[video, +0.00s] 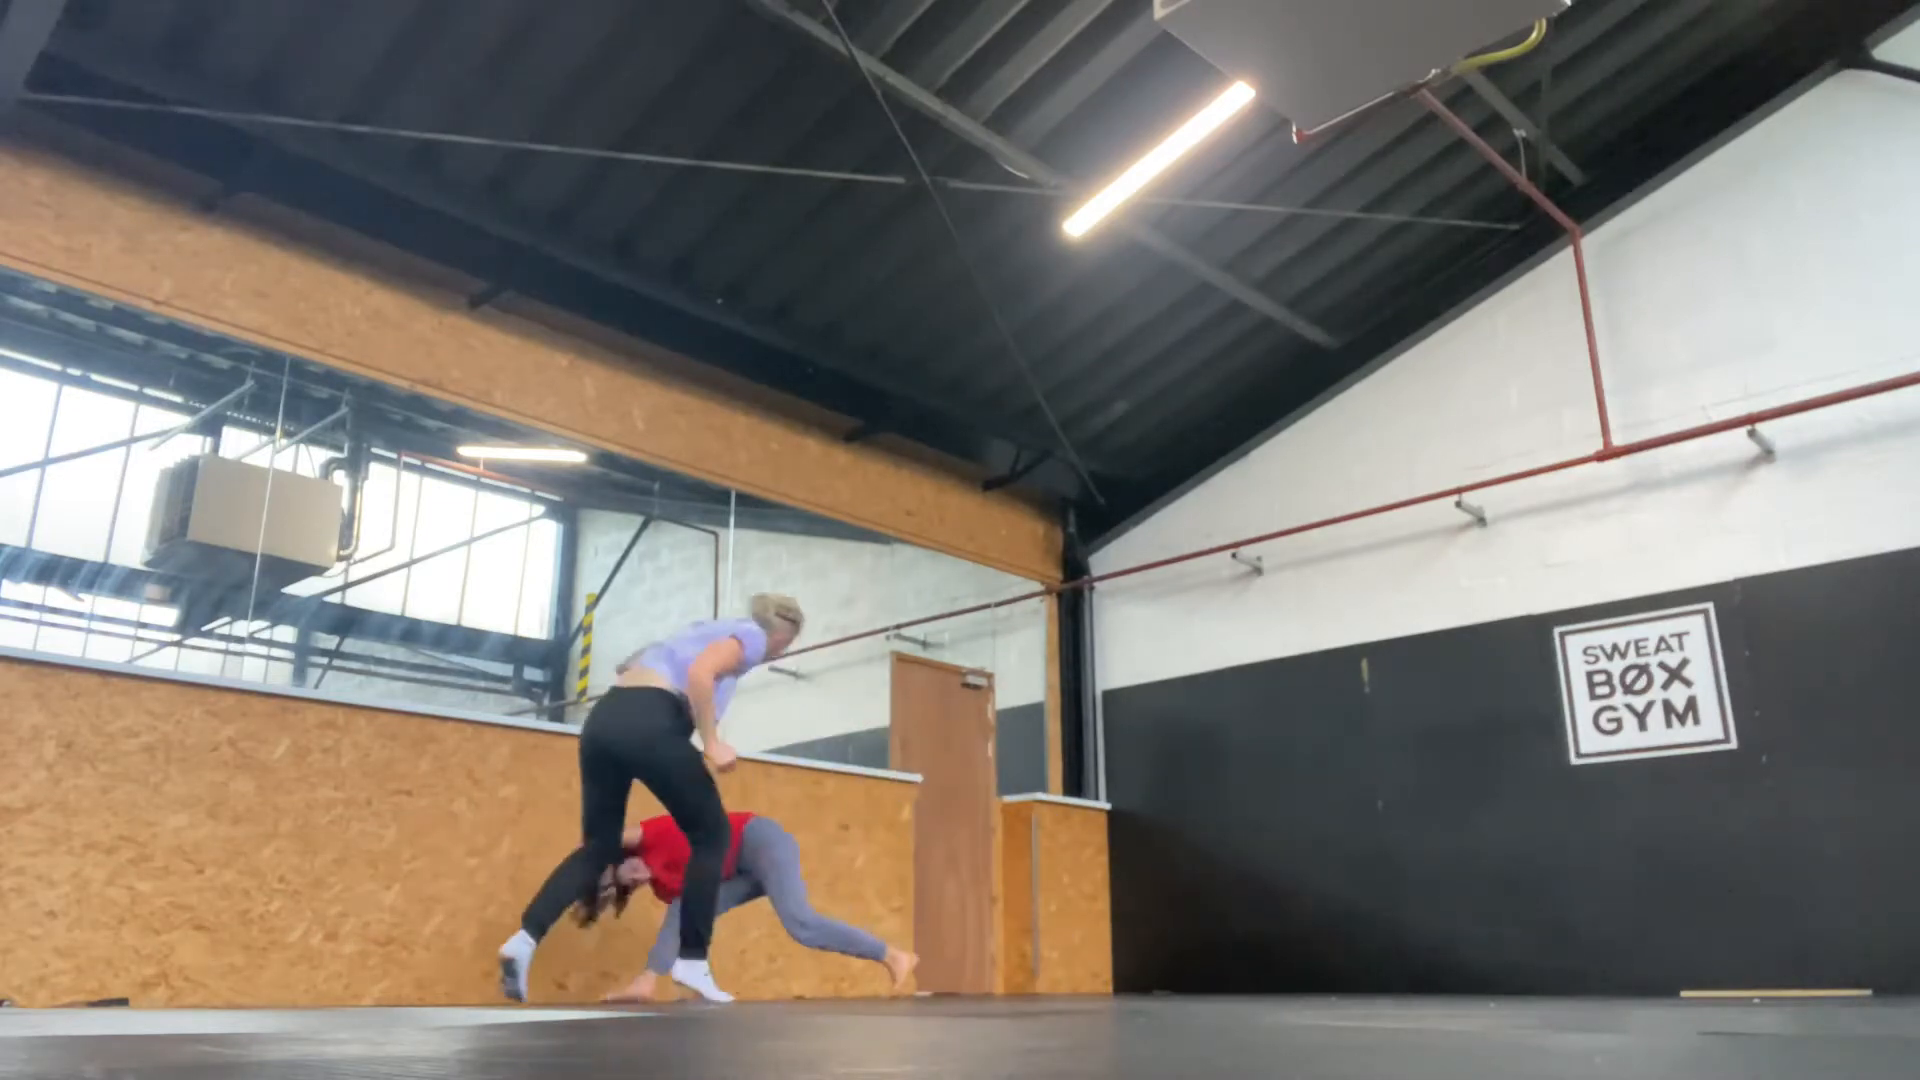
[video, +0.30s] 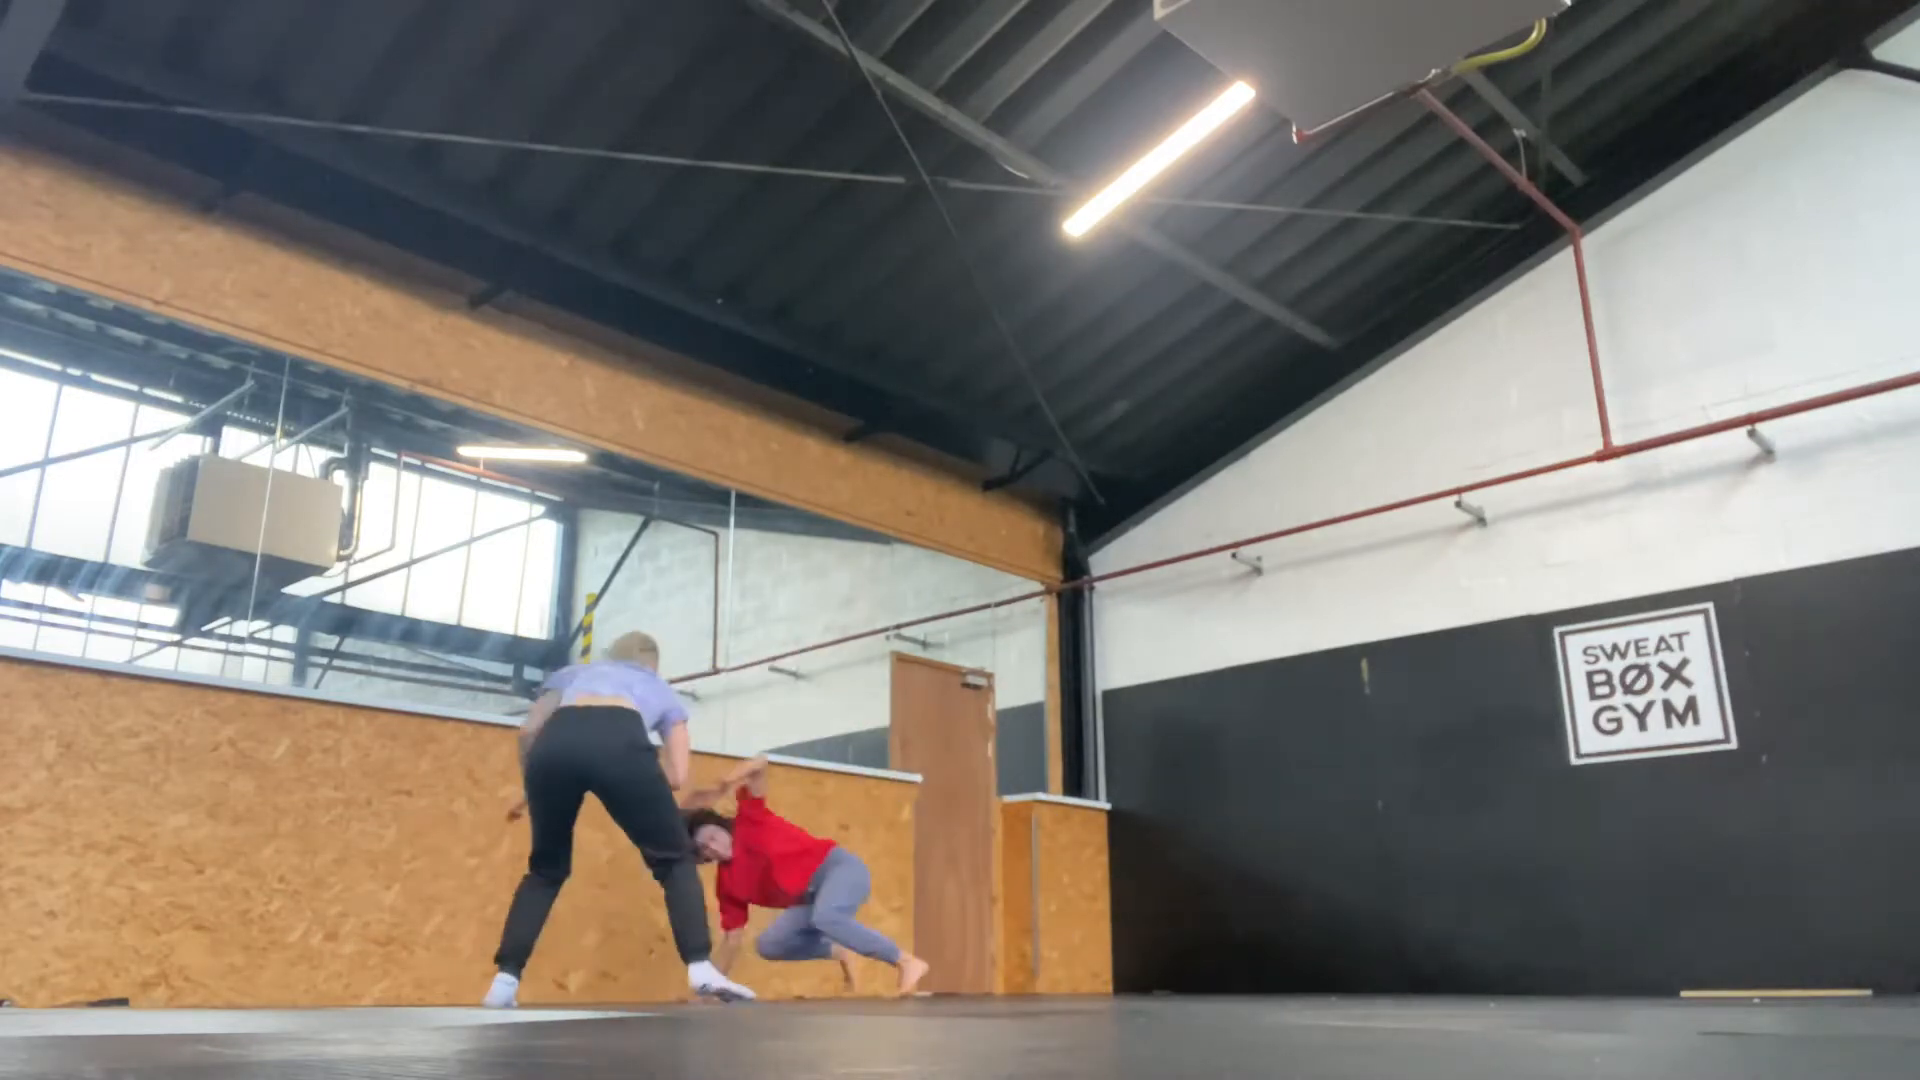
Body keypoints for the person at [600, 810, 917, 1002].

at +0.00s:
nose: (626, 881)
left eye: (619, 875)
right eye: (620, 884)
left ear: (620, 861)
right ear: (623, 883)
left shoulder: (648, 839)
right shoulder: (667, 886)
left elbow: (614, 836)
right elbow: (680, 925)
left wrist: (588, 862)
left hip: (758, 837)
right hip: (739, 875)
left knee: (801, 924)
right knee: (679, 909)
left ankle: (894, 957)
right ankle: (647, 982)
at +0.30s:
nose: (712, 846)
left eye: (711, 837)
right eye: (704, 849)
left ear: (722, 826)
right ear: (705, 857)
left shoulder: (750, 817)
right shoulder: (729, 885)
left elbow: (761, 764)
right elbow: (731, 940)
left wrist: (727, 783)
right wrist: (712, 986)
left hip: (839, 868)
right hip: (811, 902)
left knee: (826, 918)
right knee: (770, 944)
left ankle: (905, 961)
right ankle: (838, 951)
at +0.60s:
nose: (836, 839)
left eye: (841, 831)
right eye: (828, 834)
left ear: (852, 830)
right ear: (819, 838)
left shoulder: (878, 846)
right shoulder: (814, 867)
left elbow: (924, 881)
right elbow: (780, 904)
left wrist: (964, 921)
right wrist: (749, 928)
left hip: (901, 916)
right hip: (856, 927)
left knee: (893, 936)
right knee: (820, 944)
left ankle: (892, 964)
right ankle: (862, 971)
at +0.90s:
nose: (1031, 850)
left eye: (1037, 846)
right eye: (1035, 839)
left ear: (1035, 845)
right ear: (1022, 821)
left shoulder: (1000, 874)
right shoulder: (984, 819)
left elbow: (992, 926)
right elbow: (1026, 832)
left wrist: (995, 985)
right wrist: (1079, 842)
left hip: (930, 910)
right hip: (897, 887)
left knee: (937, 906)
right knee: (840, 938)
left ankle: (909, 975)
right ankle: (860, 963)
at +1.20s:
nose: (1051, 904)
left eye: (1048, 913)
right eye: (1058, 909)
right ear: (1071, 897)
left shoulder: (1008, 887)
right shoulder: (1070, 864)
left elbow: (994, 929)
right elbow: (1096, 919)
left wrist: (995, 983)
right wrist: (1112, 974)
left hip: (944, 845)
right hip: (968, 813)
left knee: (991, 925)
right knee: (1046, 883)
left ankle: (921, 968)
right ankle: (1008, 924)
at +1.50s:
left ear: (1033, 907)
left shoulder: (1023, 869)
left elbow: (984, 916)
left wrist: (996, 958)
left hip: (1084, 790)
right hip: (1133, 797)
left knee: (1060, 892)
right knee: (1102, 895)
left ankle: (1088, 926)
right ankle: (1123, 965)